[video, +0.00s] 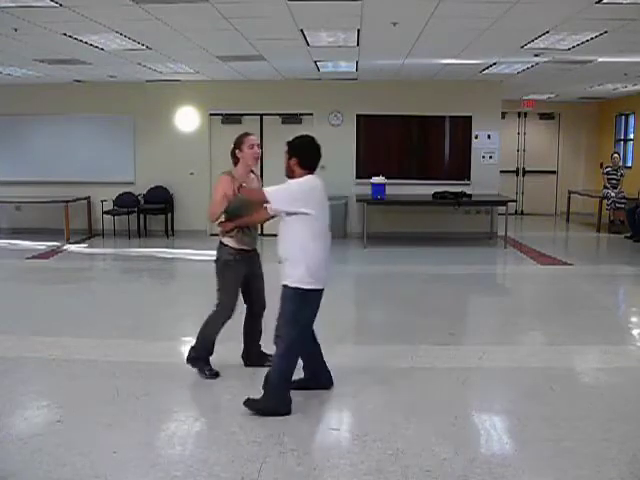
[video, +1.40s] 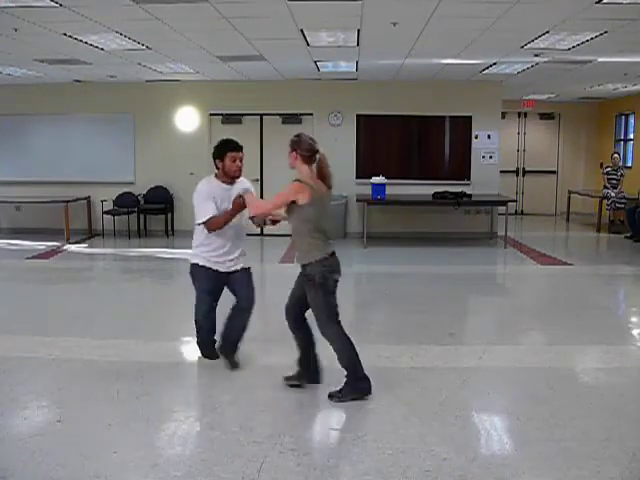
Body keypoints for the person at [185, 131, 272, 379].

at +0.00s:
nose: (258, 151)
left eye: (259, 147)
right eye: (252, 147)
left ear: (258, 151)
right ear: (238, 152)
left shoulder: (256, 180)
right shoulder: (227, 180)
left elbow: (255, 213)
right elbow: (214, 215)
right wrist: (232, 199)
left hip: (250, 252)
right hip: (230, 252)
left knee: (257, 305)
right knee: (226, 308)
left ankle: (252, 353)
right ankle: (198, 355)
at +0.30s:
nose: (250, 166)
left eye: (252, 161)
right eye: (246, 160)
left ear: (255, 161)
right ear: (237, 158)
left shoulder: (259, 186)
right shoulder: (223, 186)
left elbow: (267, 223)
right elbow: (219, 230)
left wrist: (235, 229)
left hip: (250, 254)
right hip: (228, 253)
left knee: (250, 317)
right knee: (219, 309)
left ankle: (244, 369)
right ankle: (195, 357)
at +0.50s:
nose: (267, 157)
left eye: (267, 152)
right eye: (263, 153)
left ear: (230, 157)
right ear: (255, 159)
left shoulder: (217, 178)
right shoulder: (268, 190)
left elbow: (226, 154)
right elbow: (278, 230)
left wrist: (253, 136)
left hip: (217, 267)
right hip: (253, 271)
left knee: (216, 318)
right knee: (250, 329)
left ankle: (212, 377)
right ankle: (239, 389)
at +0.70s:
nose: (242, 159)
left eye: (241, 155)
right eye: (239, 155)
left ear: (216, 159)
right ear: (226, 159)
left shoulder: (203, 180)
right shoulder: (237, 189)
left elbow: (233, 158)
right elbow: (251, 230)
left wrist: (253, 135)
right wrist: (250, 254)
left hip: (204, 266)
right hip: (229, 269)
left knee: (210, 317)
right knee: (237, 327)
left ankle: (195, 363)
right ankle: (238, 388)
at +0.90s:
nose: (228, 158)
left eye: (229, 153)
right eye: (223, 154)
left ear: (219, 157)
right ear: (207, 159)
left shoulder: (210, 179)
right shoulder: (209, 185)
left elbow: (229, 195)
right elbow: (207, 225)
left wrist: (245, 179)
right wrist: (233, 252)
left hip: (203, 263)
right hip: (206, 265)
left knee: (206, 316)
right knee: (215, 320)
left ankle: (194, 362)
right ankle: (205, 379)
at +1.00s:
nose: (224, 159)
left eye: (225, 154)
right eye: (219, 155)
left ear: (224, 156)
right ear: (203, 159)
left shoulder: (218, 183)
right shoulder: (197, 186)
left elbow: (228, 211)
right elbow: (194, 224)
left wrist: (248, 201)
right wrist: (234, 238)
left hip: (212, 263)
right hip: (196, 264)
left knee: (208, 313)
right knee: (203, 313)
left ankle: (197, 362)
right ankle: (176, 366)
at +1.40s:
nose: (239, 165)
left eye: (241, 160)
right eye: (233, 160)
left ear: (242, 161)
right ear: (219, 163)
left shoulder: (244, 186)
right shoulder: (205, 188)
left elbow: (256, 217)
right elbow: (211, 225)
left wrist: (266, 217)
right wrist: (235, 210)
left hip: (236, 261)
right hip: (207, 262)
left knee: (246, 301)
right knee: (205, 309)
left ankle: (229, 347)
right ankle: (206, 347)